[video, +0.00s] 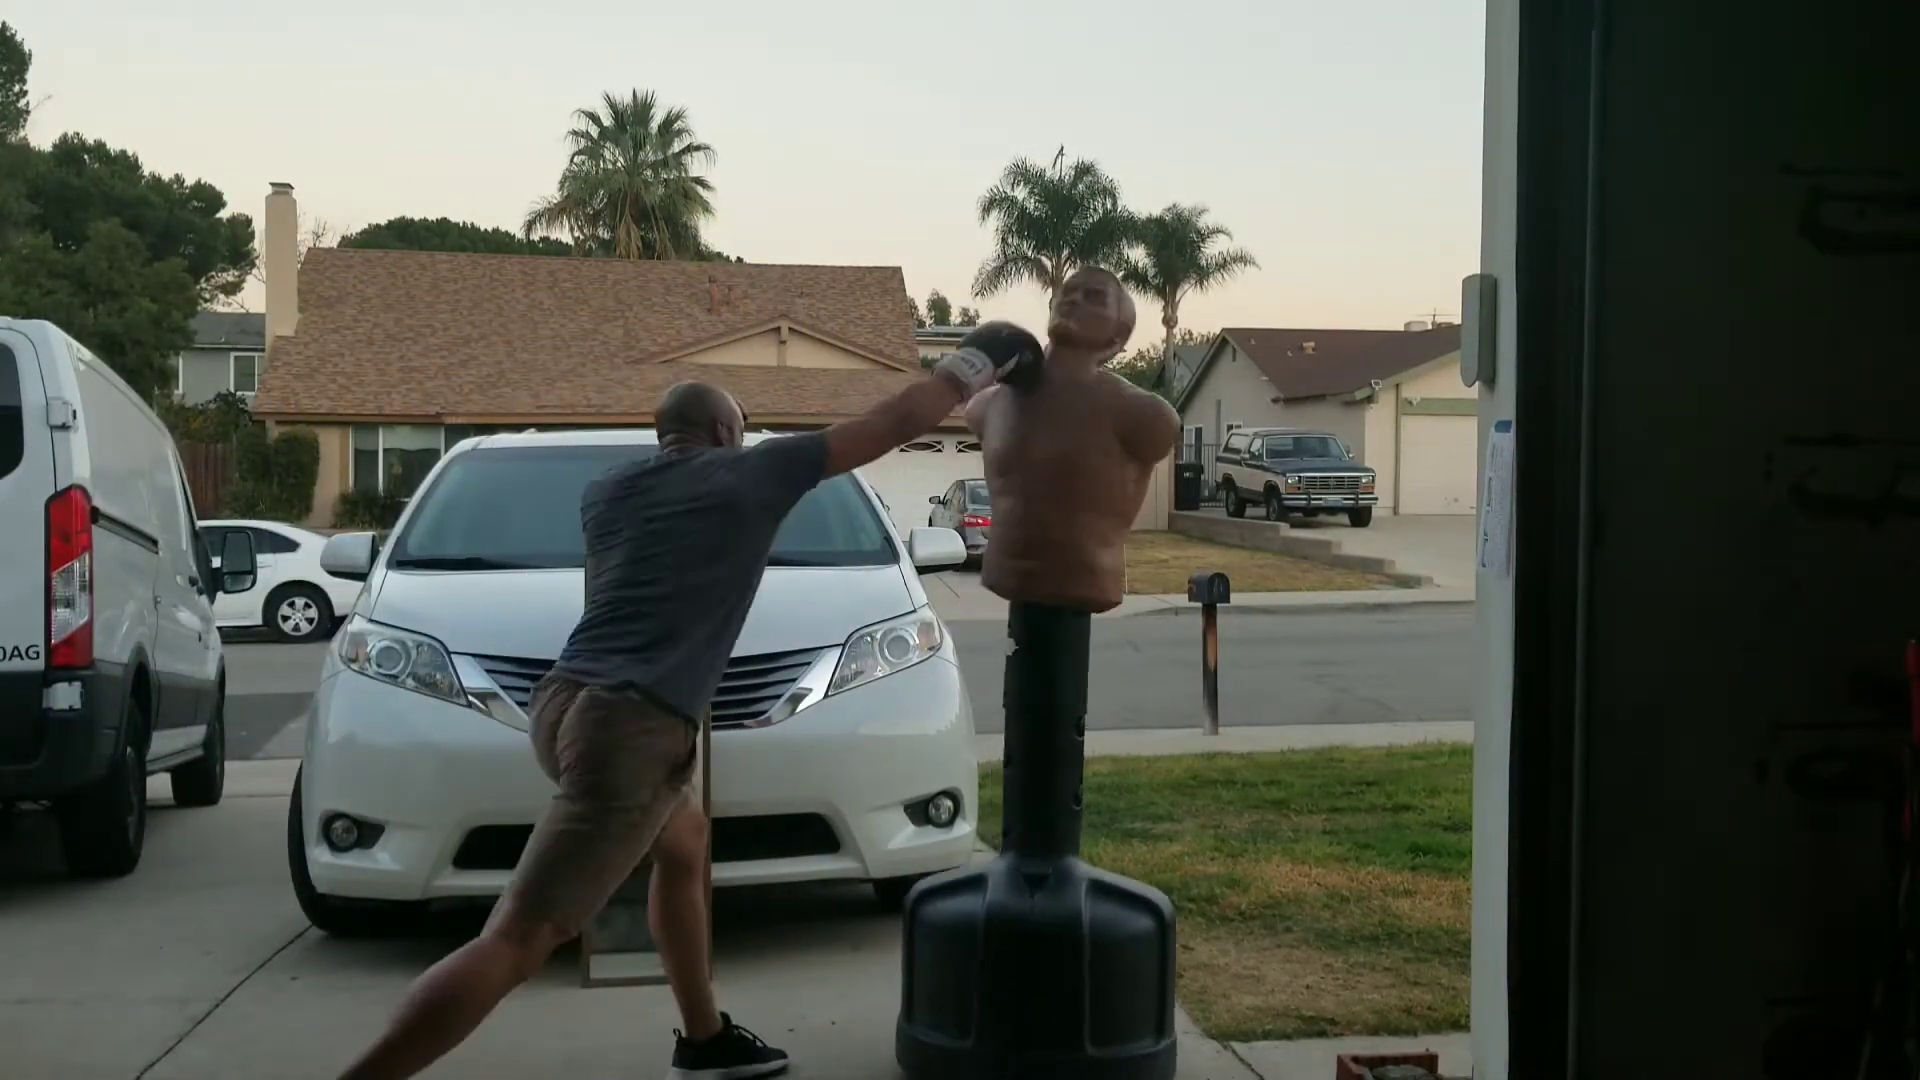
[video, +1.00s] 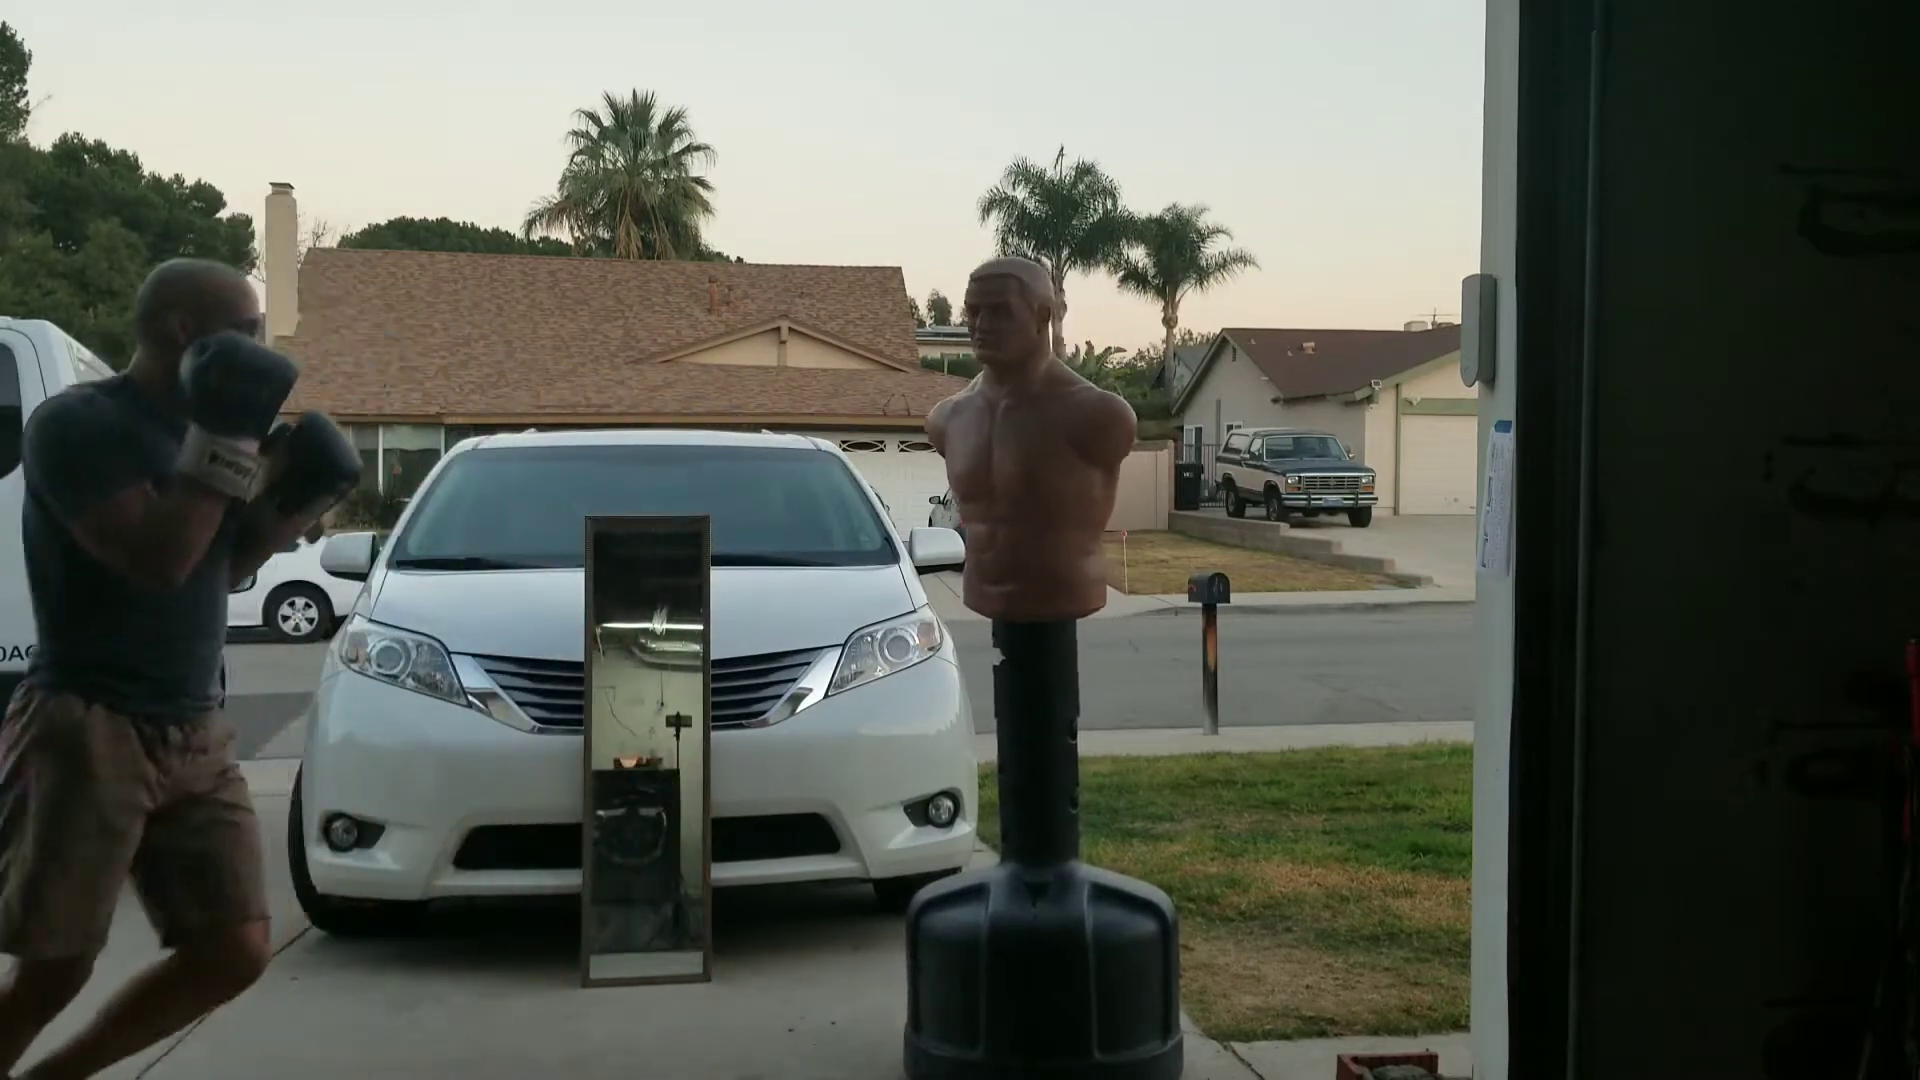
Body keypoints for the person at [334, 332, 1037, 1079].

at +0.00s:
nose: (747, 439)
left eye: (739, 428)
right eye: (742, 428)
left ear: (660, 435)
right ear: (728, 430)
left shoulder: (607, 490)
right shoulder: (754, 474)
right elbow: (891, 422)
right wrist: (974, 366)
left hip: (563, 708)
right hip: (639, 727)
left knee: (684, 839)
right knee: (514, 943)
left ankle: (704, 1032)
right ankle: (362, 1072)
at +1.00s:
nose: (253, 358)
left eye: (258, 341)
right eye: (238, 338)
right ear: (177, 334)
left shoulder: (206, 437)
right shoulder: (73, 423)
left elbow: (217, 568)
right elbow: (161, 559)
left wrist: (290, 506)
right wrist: (229, 438)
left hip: (194, 735)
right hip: (82, 732)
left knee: (232, 953)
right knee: (54, 968)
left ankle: (52, 1072)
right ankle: (4, 1068)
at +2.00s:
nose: (570, 370)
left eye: (572, 351)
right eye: (563, 348)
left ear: (509, 337)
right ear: (513, 335)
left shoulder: (480, 433)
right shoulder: (388, 420)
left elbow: (472, 560)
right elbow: (421, 581)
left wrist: (571, 524)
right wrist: (544, 519)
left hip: (450, 713)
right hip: (376, 715)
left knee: (479, 894)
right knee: (430, 952)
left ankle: (416, 1060)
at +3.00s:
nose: (831, 243)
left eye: (842, 228)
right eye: (832, 224)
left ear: (727, 216)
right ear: (813, 224)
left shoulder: (639, 290)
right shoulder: (782, 290)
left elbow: (726, 269)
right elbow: (912, 431)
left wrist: (811, 212)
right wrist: (929, 291)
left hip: (596, 654)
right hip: (684, 660)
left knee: (677, 940)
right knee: (736, 983)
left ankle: (649, 1072)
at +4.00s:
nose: (1022, 396)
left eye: (1023, 374)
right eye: (1024, 374)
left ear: (921, 354)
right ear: (1009, 369)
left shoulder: (821, 422)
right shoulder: (975, 437)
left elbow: (721, 582)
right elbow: (1006, 637)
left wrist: (856, 560)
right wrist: (1039, 524)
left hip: (718, 757)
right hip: (821, 764)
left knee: (854, 965)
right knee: (969, 1034)